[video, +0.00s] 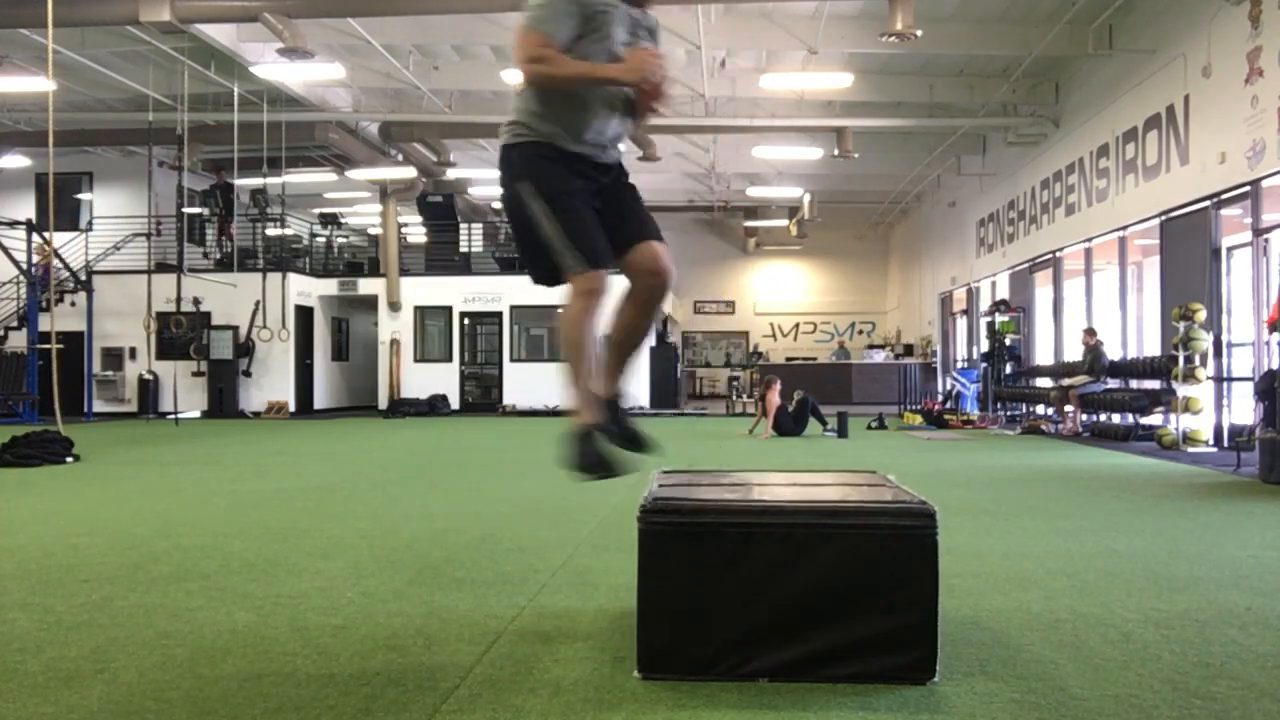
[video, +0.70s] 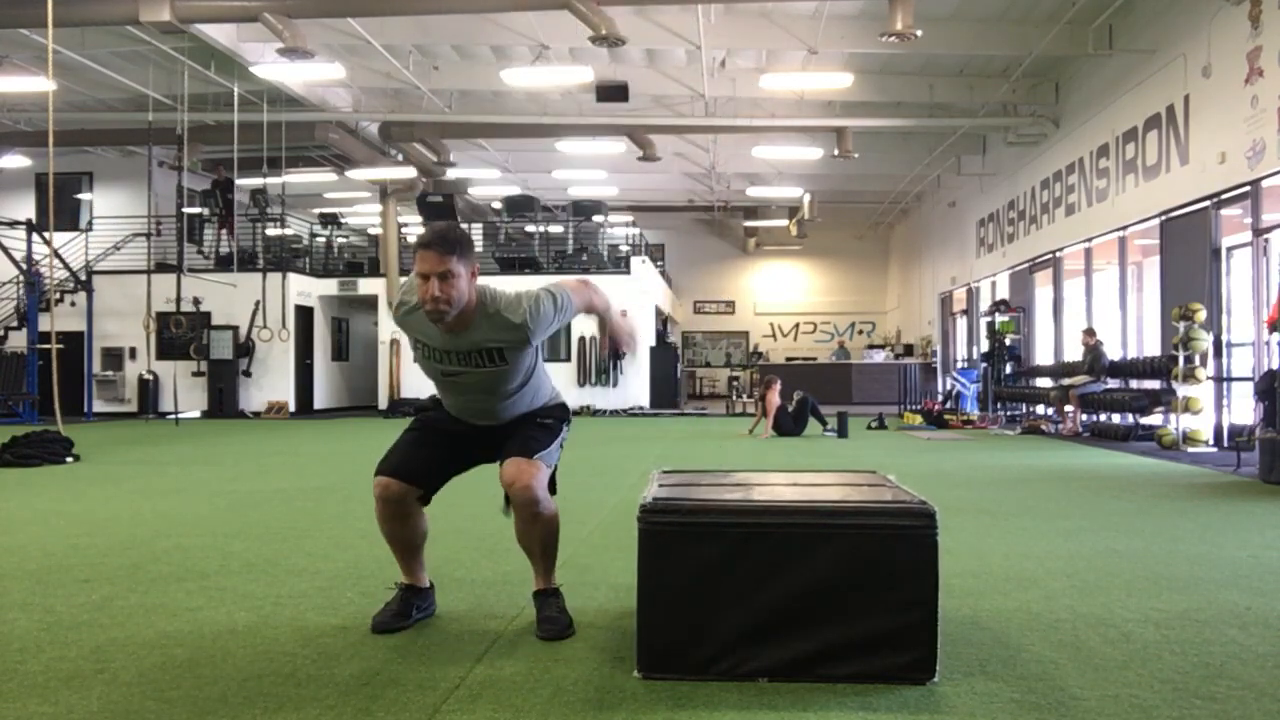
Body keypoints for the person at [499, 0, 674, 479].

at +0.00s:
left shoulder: (645, 25)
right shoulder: (570, 3)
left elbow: (624, 116)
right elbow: (531, 62)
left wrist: (643, 101)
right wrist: (619, 71)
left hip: (600, 162)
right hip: (539, 153)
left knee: (653, 273)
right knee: (588, 279)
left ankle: (606, 397)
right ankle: (585, 427)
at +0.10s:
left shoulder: (627, 35)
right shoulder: (524, 8)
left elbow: (631, 111)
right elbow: (485, 75)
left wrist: (617, 105)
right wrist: (572, 82)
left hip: (591, 179)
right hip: (522, 176)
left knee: (628, 288)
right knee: (539, 298)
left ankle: (590, 411)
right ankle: (509, 435)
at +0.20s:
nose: (567, 20)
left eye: (578, 11)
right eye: (561, 7)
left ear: (593, 13)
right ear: (541, 3)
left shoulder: (608, 67)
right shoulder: (497, 43)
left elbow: (635, 152)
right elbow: (447, 115)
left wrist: (593, 133)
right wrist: (524, 108)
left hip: (576, 227)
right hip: (500, 223)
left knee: (588, 350)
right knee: (477, 356)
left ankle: (588, 488)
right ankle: (452, 485)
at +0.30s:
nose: (527, 83)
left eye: (537, 72)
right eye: (519, 71)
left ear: (554, 77)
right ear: (504, 73)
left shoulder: (575, 134)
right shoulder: (473, 122)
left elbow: (624, 203)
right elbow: (416, 182)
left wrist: (561, 183)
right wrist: (471, 167)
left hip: (555, 299)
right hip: (479, 296)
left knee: (555, 430)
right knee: (440, 427)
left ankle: (561, 573)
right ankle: (411, 555)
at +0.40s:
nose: (492, 168)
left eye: (503, 156)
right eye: (485, 157)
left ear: (522, 159)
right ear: (471, 156)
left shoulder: (548, 222)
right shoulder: (447, 215)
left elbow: (599, 297)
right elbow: (400, 269)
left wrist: (558, 319)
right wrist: (386, 303)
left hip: (537, 377)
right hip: (465, 372)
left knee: (521, 475)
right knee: (415, 486)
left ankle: (546, 591)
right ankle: (414, 589)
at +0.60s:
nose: (433, 276)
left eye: (445, 264)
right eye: (424, 264)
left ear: (473, 262)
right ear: (414, 262)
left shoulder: (523, 304)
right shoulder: (407, 299)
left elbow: (597, 307)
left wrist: (621, 343)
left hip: (533, 404)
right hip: (458, 405)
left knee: (525, 484)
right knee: (394, 482)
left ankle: (546, 591)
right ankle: (416, 590)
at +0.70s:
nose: (433, 291)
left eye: (446, 277)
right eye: (424, 278)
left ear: (472, 275)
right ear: (414, 276)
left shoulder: (521, 314)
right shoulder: (405, 308)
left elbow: (586, 290)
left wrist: (612, 321)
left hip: (531, 413)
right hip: (456, 416)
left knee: (525, 486)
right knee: (391, 488)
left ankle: (546, 592)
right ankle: (416, 590)